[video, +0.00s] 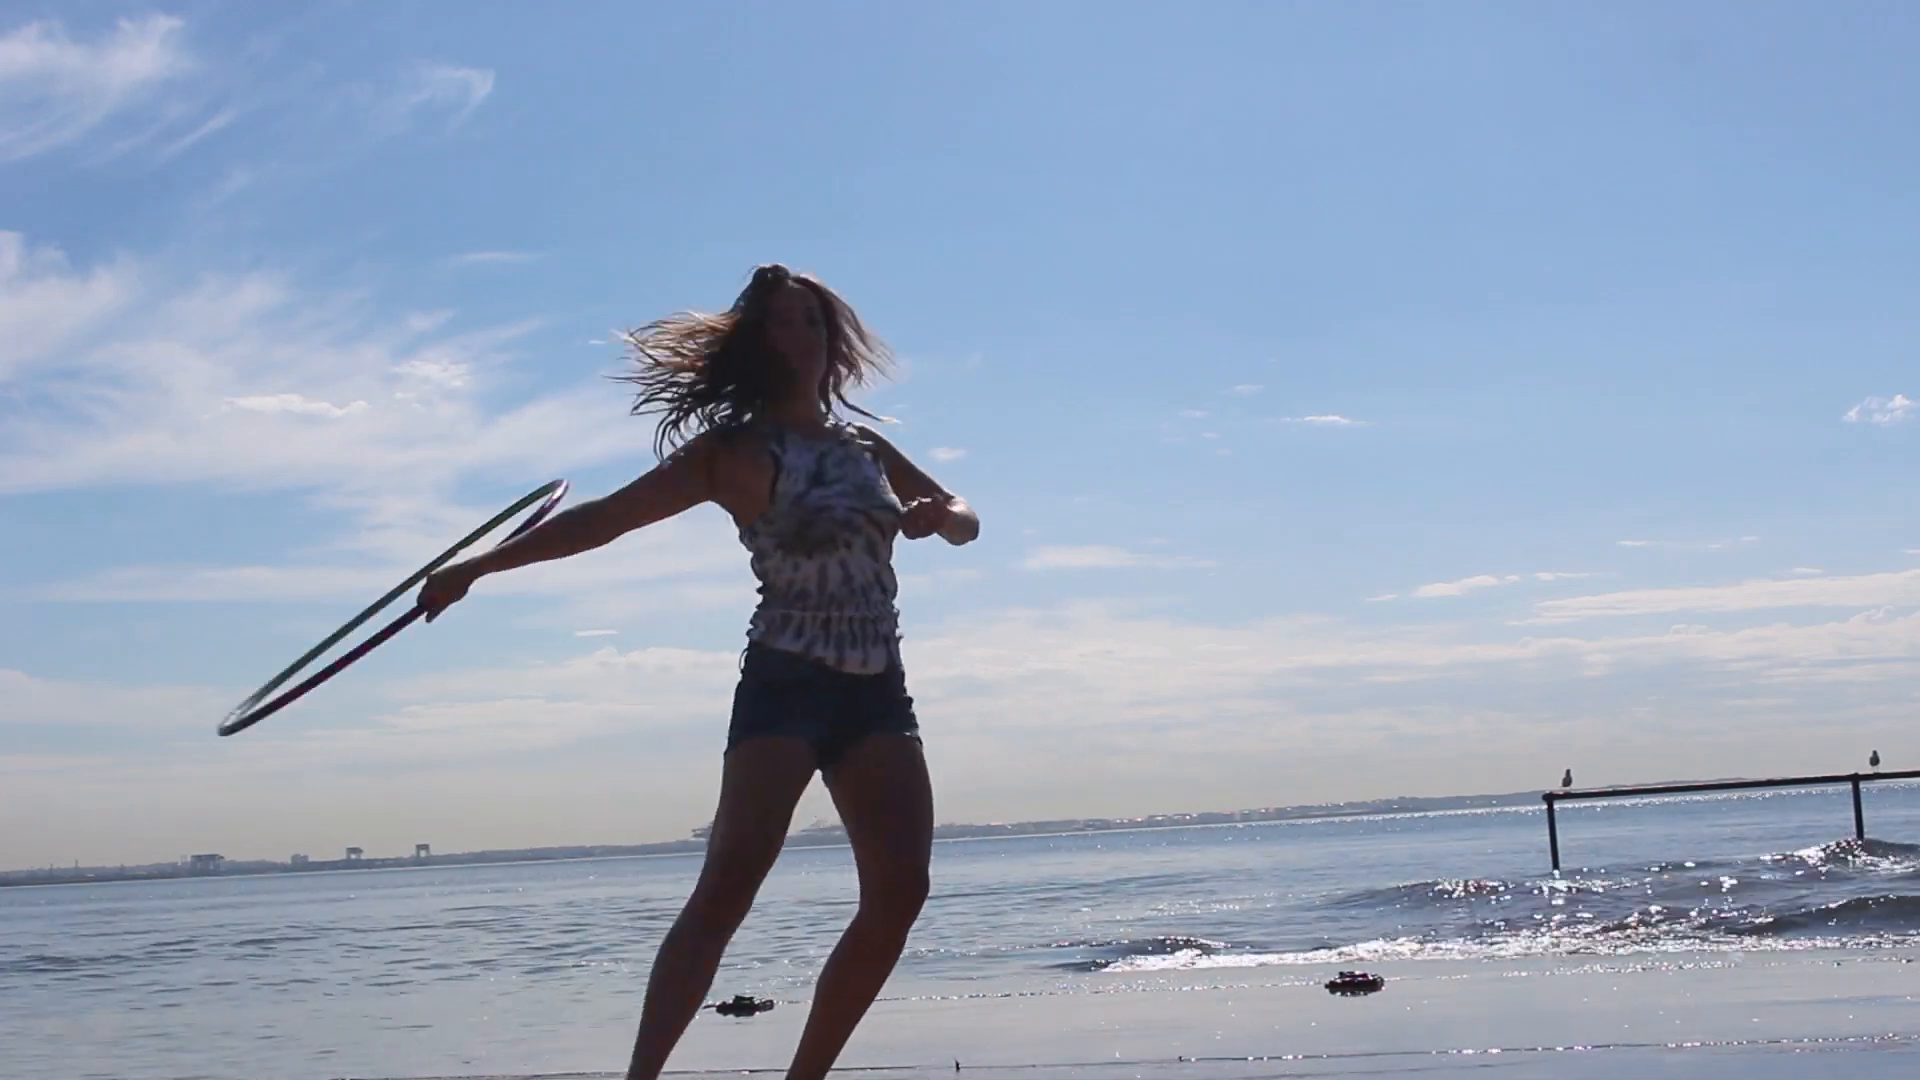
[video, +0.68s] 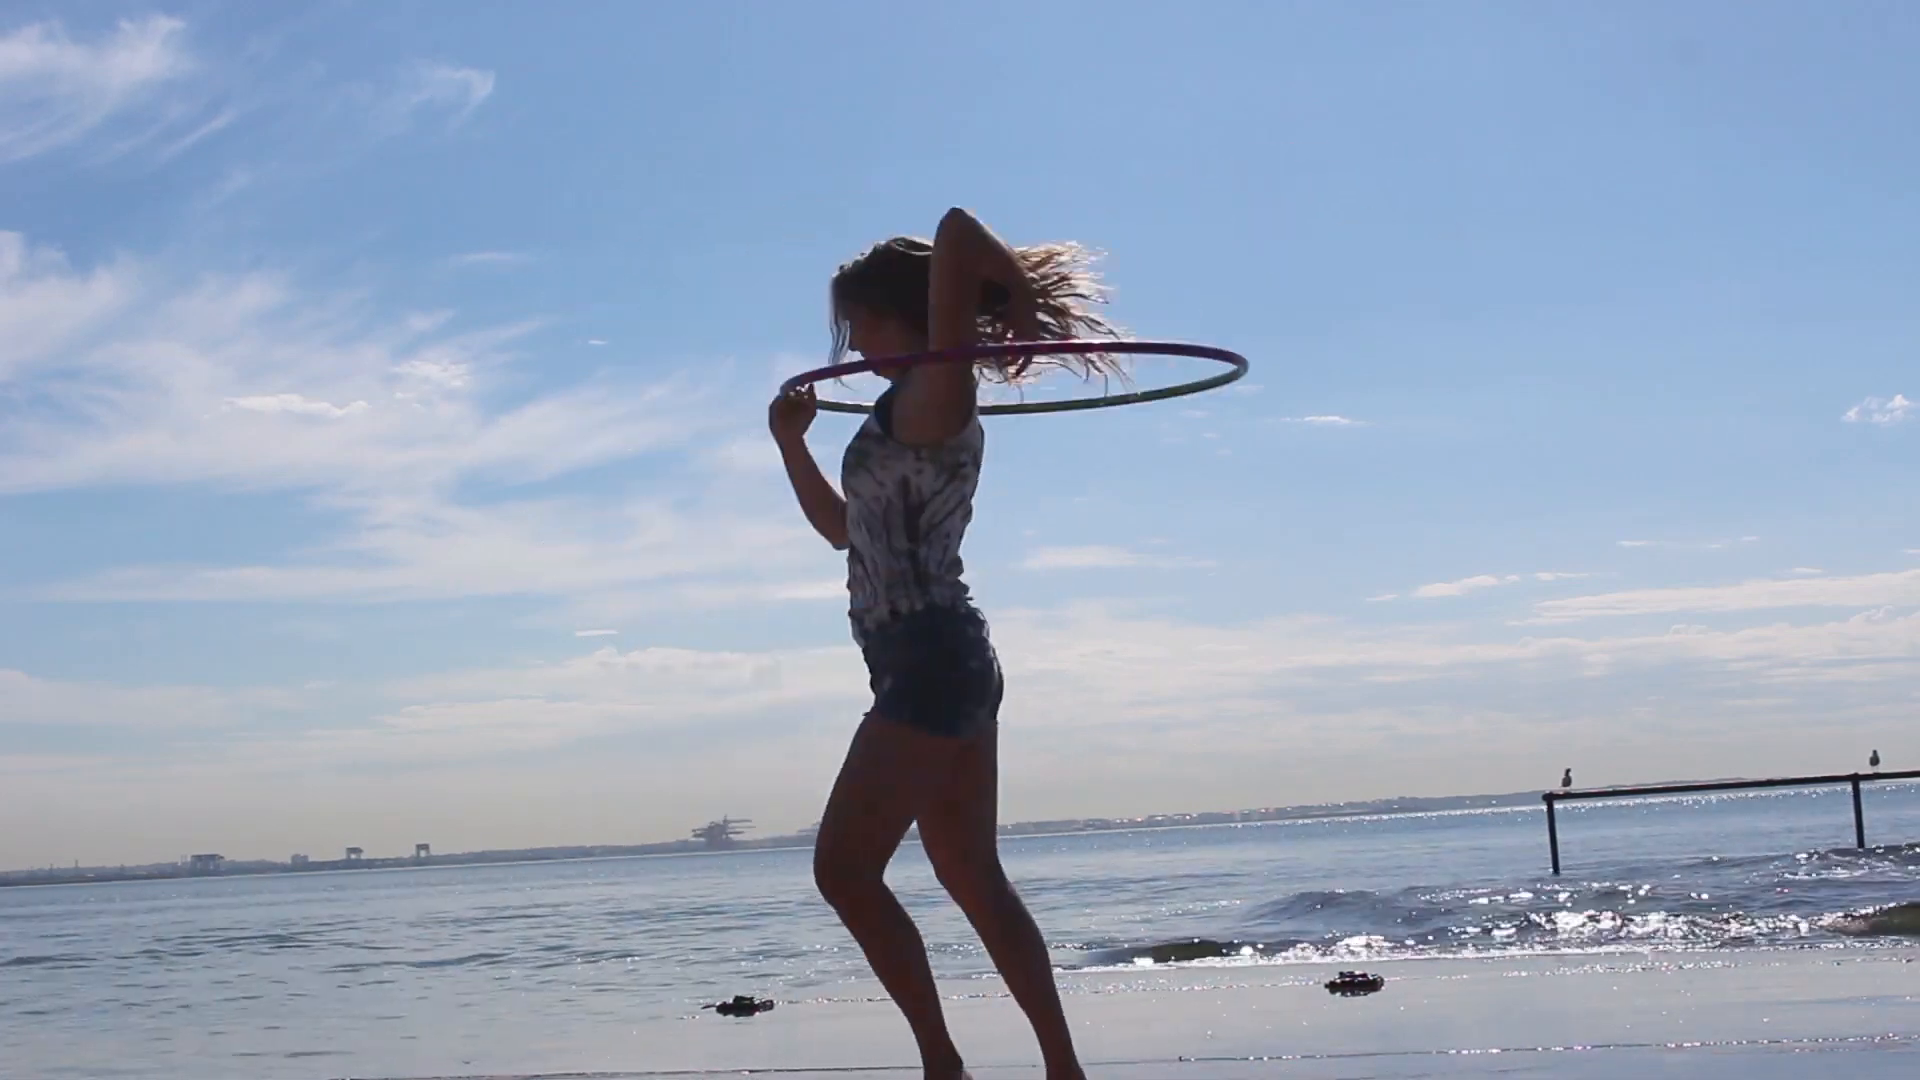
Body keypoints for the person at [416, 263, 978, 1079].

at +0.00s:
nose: (813, 333)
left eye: (818, 320)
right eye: (794, 322)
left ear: (832, 337)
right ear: (759, 344)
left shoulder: (865, 444)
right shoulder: (731, 452)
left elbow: (963, 519)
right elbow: (606, 518)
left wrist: (946, 517)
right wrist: (476, 565)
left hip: (874, 689)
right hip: (785, 685)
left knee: (900, 891)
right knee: (725, 894)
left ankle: (806, 1074)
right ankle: (642, 1073)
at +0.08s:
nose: (814, 335)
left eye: (824, 318)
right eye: (795, 323)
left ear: (846, 333)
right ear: (767, 341)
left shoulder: (873, 442)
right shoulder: (755, 440)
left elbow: (987, 493)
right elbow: (672, 481)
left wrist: (954, 505)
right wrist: (589, 511)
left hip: (883, 682)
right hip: (796, 683)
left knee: (906, 884)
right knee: (819, 888)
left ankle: (814, 1062)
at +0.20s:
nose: (830, 336)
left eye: (840, 319)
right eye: (810, 324)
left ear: (858, 328)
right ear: (777, 336)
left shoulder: (871, 424)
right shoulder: (763, 419)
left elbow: (982, 422)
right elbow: (784, 381)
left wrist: (930, 432)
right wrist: (869, 381)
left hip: (893, 662)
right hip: (825, 668)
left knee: (890, 895)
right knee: (951, 859)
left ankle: (802, 1072)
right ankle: (1020, 1067)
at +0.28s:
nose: (868, 313)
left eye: (868, 297)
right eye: (856, 299)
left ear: (821, 325)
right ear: (815, 322)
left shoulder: (837, 406)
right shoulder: (788, 412)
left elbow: (904, 375)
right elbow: (844, 310)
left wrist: (891, 388)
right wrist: (967, 288)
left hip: (866, 671)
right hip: (873, 671)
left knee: (883, 879)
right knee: (986, 857)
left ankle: (801, 1072)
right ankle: (1042, 1068)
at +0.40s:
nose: (915, 301)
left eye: (909, 291)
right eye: (905, 291)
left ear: (814, 321)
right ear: (888, 305)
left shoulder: (802, 404)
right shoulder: (921, 366)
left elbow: (731, 361)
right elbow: (1014, 256)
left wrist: (793, 278)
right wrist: (978, 213)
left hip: (839, 654)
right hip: (929, 651)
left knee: (874, 868)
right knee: (990, 873)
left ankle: (833, 1067)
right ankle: (1042, 1067)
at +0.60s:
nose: (849, 325)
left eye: (859, 307)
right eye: (847, 309)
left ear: (902, 312)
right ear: (942, 310)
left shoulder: (897, 388)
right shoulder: (979, 400)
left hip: (901, 659)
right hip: (975, 655)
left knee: (832, 870)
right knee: (989, 871)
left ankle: (928, 1066)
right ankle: (1051, 1066)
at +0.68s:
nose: (852, 343)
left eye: (856, 325)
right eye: (849, 329)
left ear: (900, 312)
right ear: (899, 317)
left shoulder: (935, 388)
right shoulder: (900, 415)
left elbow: (957, 225)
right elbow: (841, 527)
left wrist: (1014, 306)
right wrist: (791, 440)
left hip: (930, 668)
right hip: (945, 664)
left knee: (844, 869)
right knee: (971, 871)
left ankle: (940, 1064)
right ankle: (1065, 1064)